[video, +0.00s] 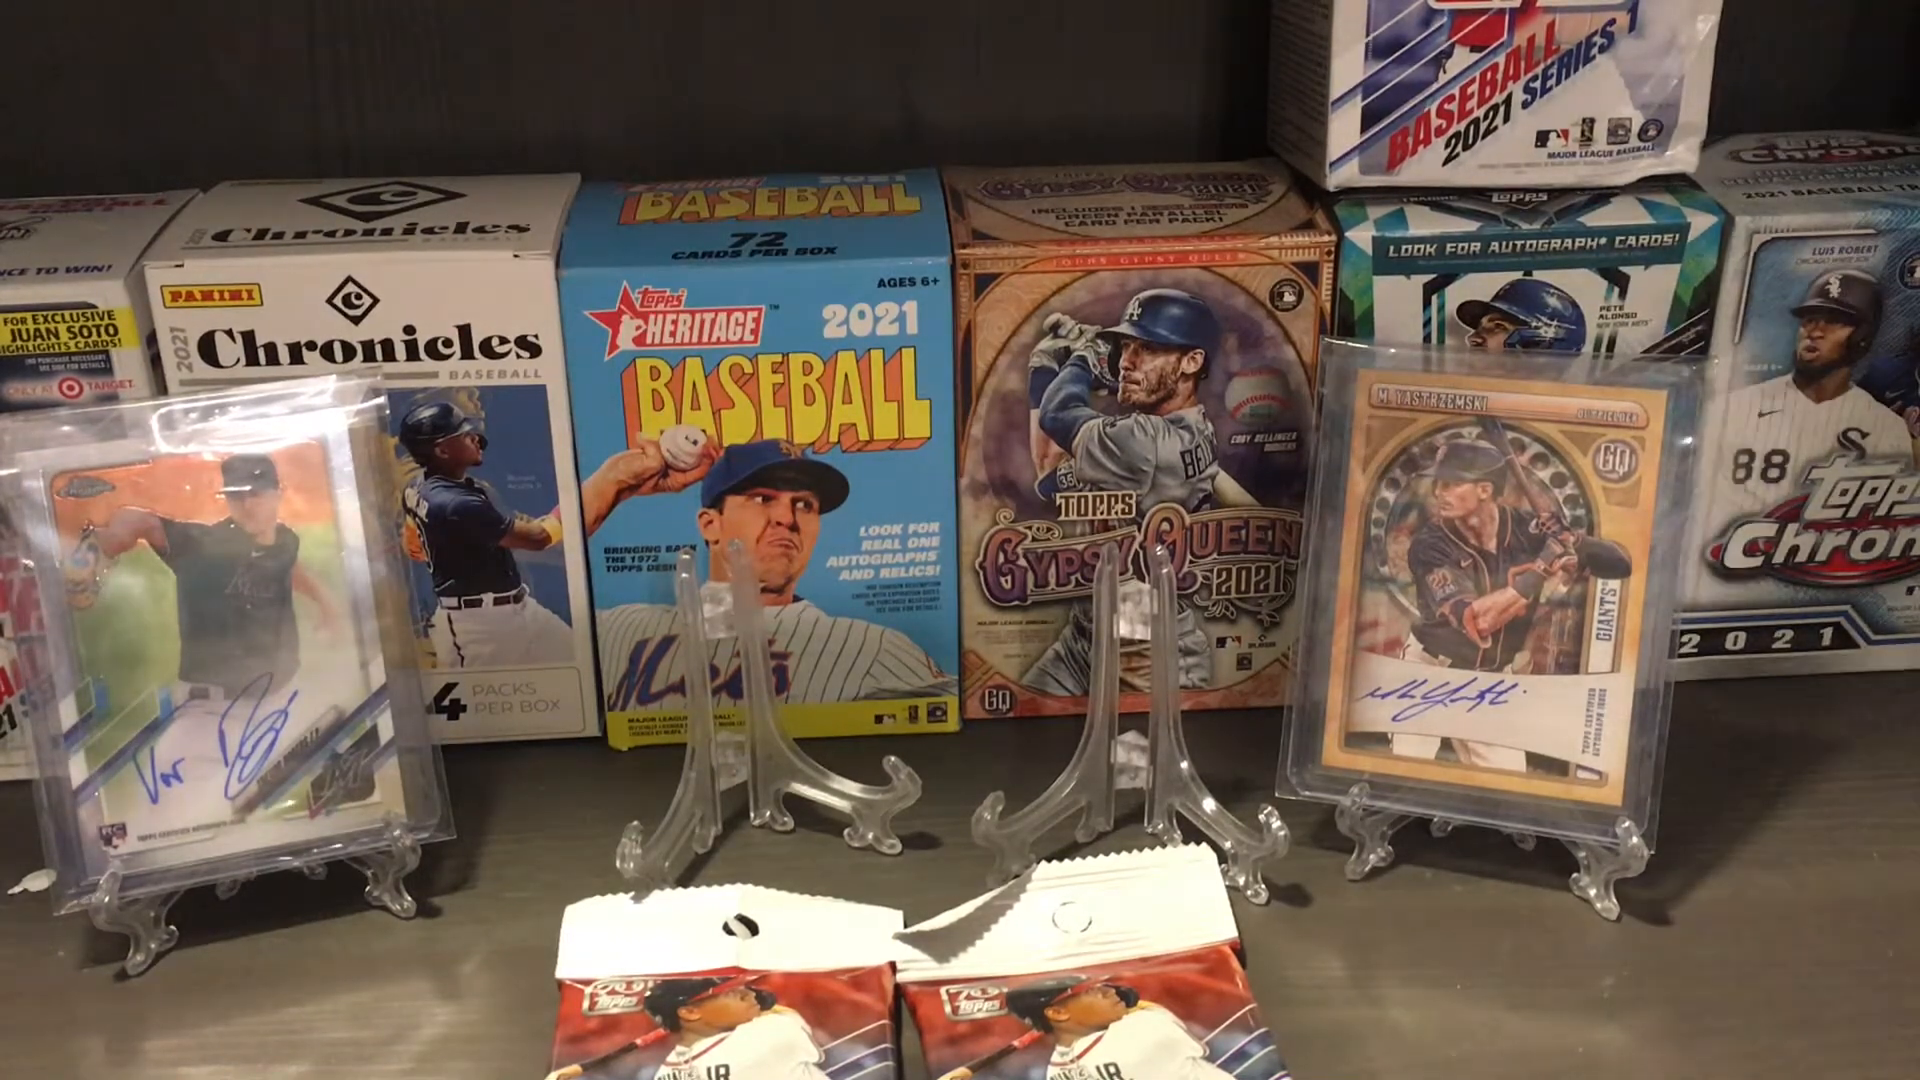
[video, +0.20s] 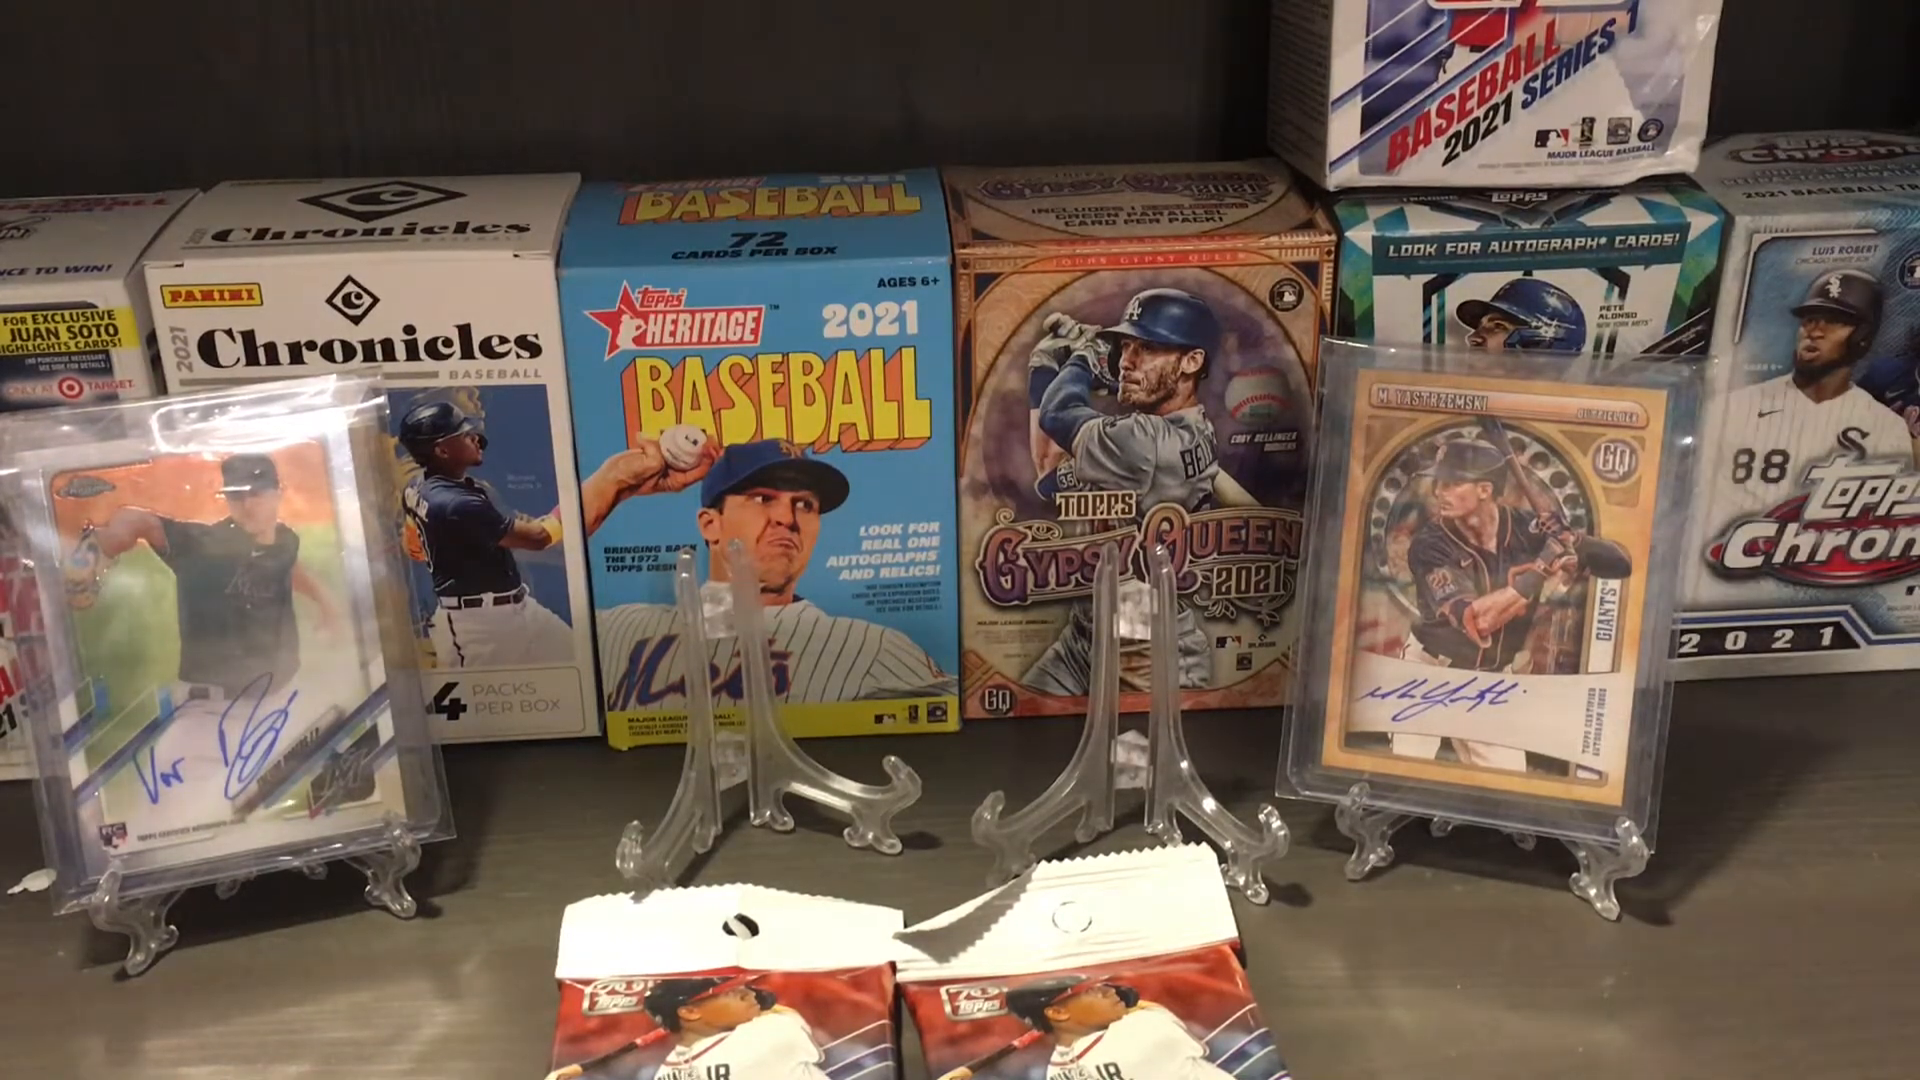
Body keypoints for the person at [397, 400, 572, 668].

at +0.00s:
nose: (476, 436)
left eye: (470, 430)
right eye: (465, 433)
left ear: (442, 451)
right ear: (442, 450)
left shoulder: (420, 490)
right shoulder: (460, 506)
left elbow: (414, 545)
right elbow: (539, 537)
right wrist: (569, 510)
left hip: (520, 609)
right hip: (474, 623)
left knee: (588, 663)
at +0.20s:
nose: (476, 436)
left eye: (470, 430)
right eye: (465, 433)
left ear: (442, 451)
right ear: (441, 449)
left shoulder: (419, 489)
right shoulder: (460, 506)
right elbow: (538, 537)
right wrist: (570, 509)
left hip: (520, 609)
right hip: (473, 622)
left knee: (588, 663)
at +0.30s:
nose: (476, 437)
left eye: (470, 431)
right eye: (465, 433)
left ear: (442, 451)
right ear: (441, 450)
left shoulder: (420, 490)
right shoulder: (460, 506)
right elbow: (538, 537)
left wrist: (541, 523)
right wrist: (568, 511)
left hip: (520, 609)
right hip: (474, 623)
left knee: (587, 663)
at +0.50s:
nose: (476, 437)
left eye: (470, 430)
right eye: (465, 433)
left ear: (442, 451)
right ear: (442, 450)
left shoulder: (419, 490)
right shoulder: (460, 506)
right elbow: (538, 537)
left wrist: (539, 523)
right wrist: (568, 511)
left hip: (520, 609)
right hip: (473, 623)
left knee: (587, 664)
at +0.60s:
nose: (476, 437)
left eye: (470, 431)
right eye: (465, 433)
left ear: (442, 451)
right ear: (442, 450)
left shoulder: (420, 490)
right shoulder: (460, 507)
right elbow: (538, 538)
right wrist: (571, 509)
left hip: (520, 609)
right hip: (474, 623)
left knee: (587, 665)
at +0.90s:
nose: (476, 437)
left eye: (470, 431)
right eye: (465, 433)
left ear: (442, 451)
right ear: (442, 450)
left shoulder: (420, 489)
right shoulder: (460, 506)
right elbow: (538, 537)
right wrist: (570, 510)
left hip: (520, 609)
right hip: (474, 623)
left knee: (587, 664)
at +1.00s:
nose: (476, 437)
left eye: (470, 431)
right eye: (465, 433)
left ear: (443, 451)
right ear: (442, 450)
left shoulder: (420, 490)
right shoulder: (459, 507)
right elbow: (538, 538)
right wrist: (570, 509)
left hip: (520, 609)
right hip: (474, 623)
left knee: (588, 664)